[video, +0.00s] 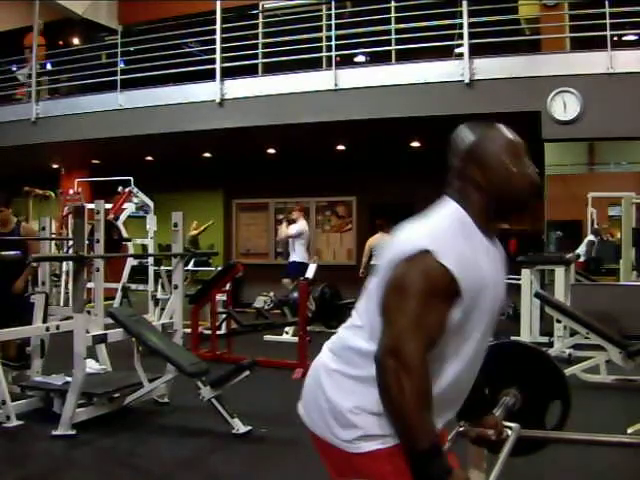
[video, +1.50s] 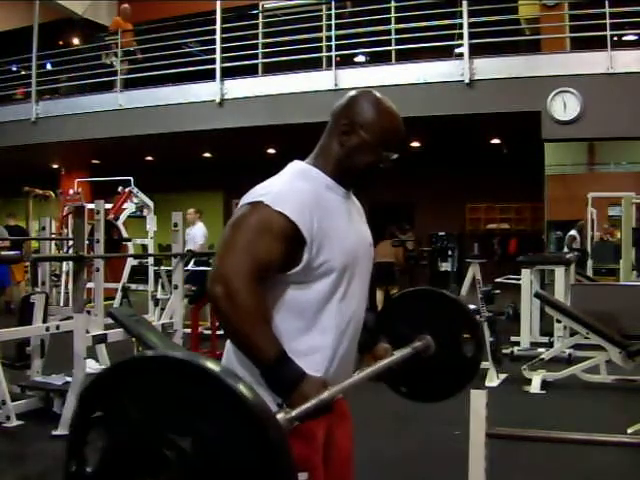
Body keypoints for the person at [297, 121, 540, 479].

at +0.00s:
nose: (534, 174)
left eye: (528, 161)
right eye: (518, 160)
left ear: (474, 172)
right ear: (472, 170)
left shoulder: (486, 246)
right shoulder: (435, 250)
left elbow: (442, 349)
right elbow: (398, 360)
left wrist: (469, 416)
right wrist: (432, 461)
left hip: (409, 406)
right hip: (356, 412)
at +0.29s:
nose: (472, 124)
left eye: (466, 117)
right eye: (455, 117)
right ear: (421, 133)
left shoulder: (444, 208)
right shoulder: (402, 198)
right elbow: (361, 303)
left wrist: (464, 378)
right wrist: (428, 403)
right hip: (372, 422)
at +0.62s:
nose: (441, 124)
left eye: (438, 116)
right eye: (427, 115)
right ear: (393, 125)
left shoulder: (407, 197)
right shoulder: (370, 193)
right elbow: (327, 294)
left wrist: (438, 366)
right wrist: (397, 386)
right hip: (357, 414)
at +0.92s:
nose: (399, 138)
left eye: (401, 129)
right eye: (389, 126)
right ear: (347, 123)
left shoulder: (368, 200)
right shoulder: (319, 193)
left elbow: (354, 305)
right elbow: (272, 296)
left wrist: (408, 349)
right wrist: (350, 385)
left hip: (375, 416)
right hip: (323, 425)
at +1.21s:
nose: (378, 155)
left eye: (381, 146)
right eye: (372, 142)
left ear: (333, 130)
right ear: (332, 129)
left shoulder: (349, 202)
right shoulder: (289, 196)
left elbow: (337, 299)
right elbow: (237, 297)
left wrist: (382, 345)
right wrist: (310, 392)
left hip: (346, 414)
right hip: (286, 424)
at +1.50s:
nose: (386, 162)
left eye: (390, 152)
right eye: (384, 149)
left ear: (349, 134)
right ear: (347, 133)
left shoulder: (350, 206)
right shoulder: (287, 198)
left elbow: (335, 294)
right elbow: (227, 283)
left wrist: (371, 342)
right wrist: (290, 379)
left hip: (328, 405)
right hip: (273, 413)